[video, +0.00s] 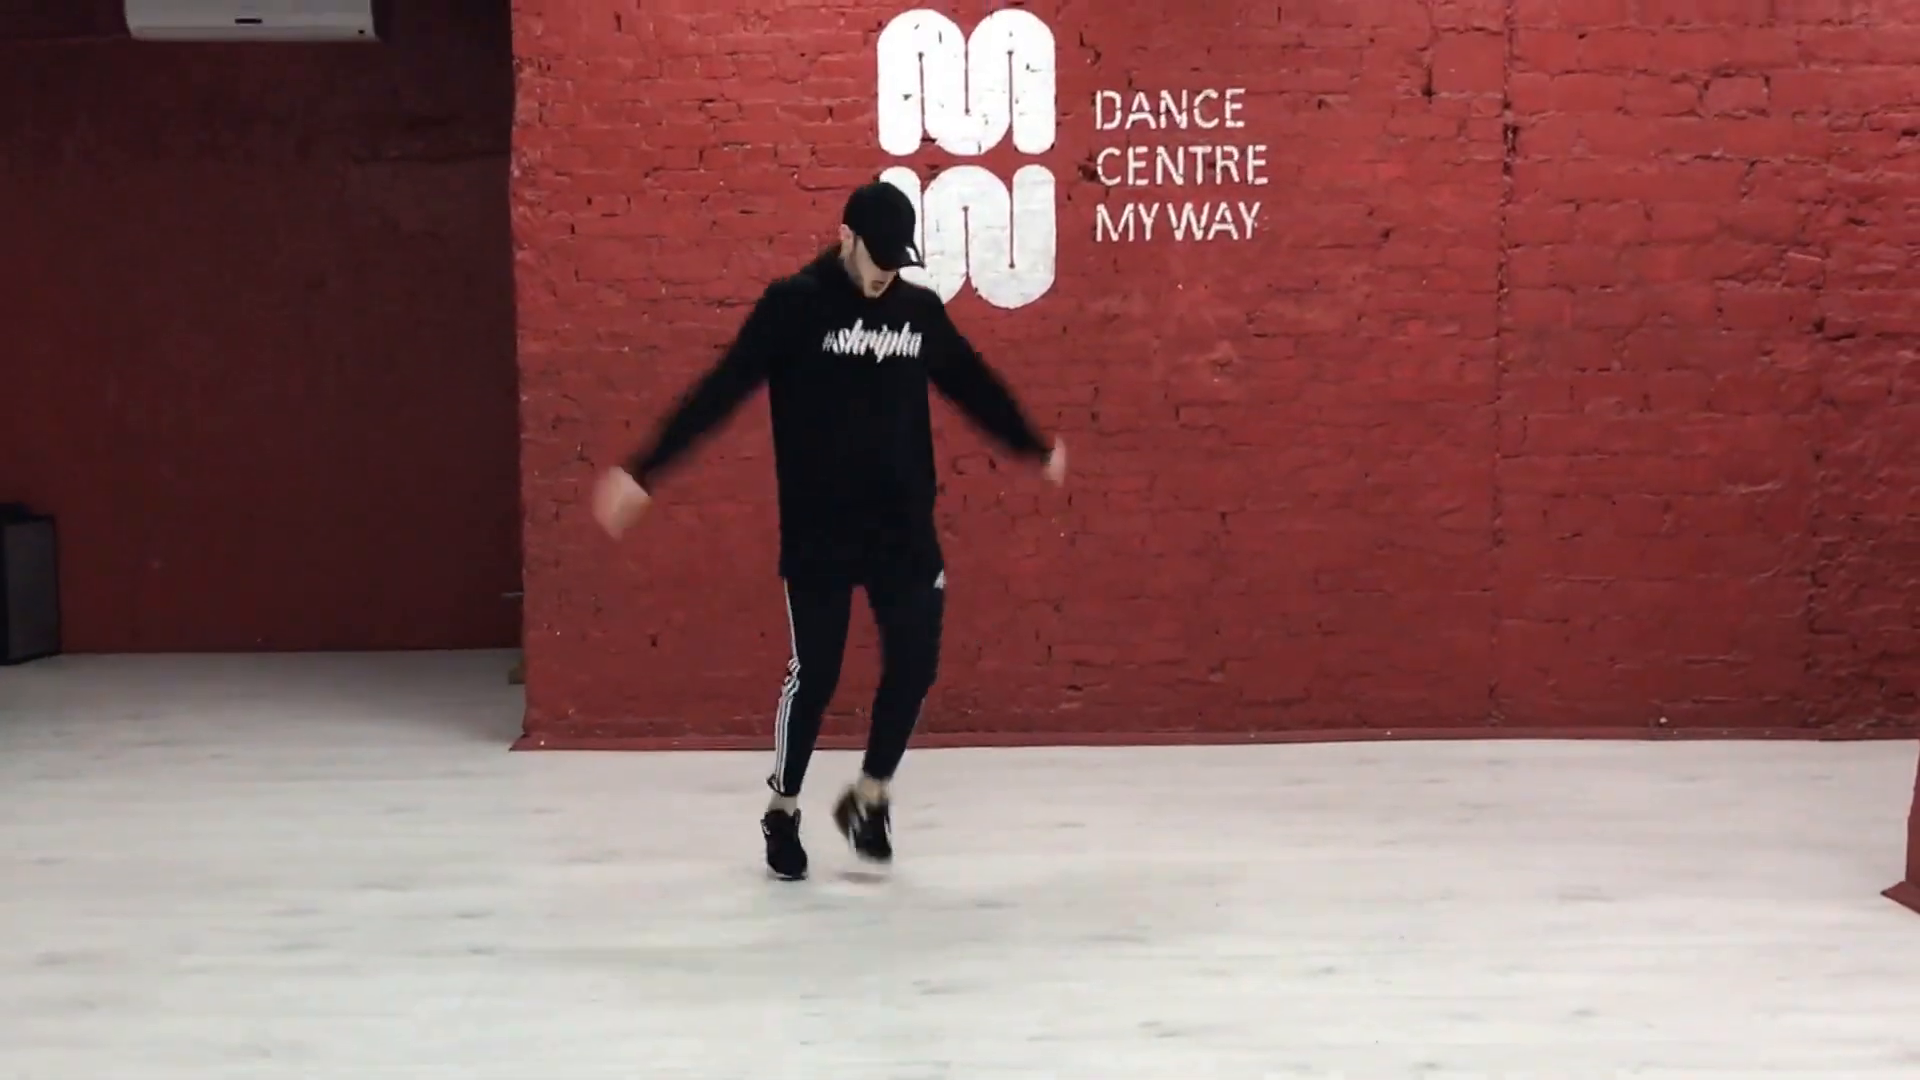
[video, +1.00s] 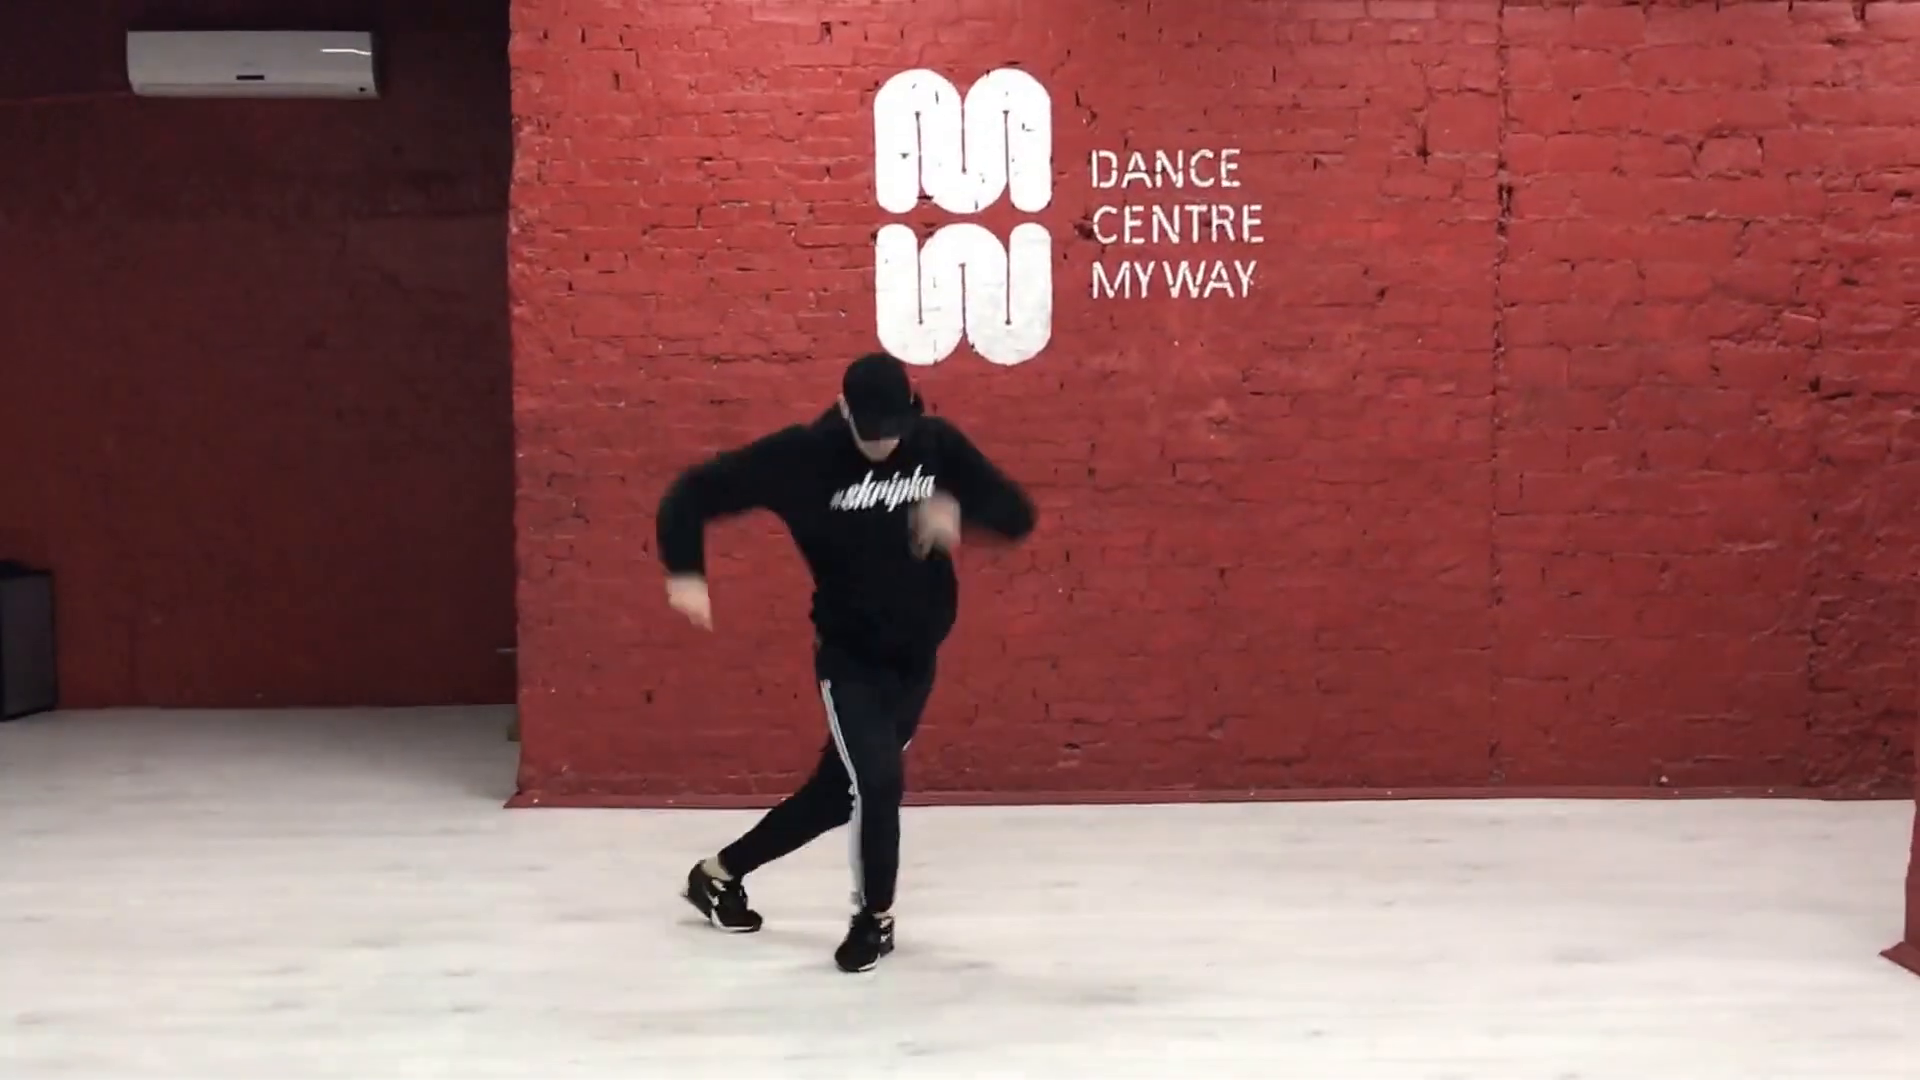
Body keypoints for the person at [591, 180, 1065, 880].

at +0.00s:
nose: (886, 275)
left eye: (897, 261)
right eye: (877, 258)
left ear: (909, 251)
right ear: (846, 238)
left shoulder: (917, 307)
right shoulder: (792, 306)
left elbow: (967, 378)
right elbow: (720, 390)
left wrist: (1030, 442)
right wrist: (644, 470)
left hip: (903, 522)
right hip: (817, 523)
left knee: (914, 663)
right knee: (815, 670)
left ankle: (870, 799)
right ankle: (783, 810)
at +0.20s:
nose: (906, 306)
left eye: (915, 293)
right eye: (895, 291)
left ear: (927, 280)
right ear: (864, 270)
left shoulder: (949, 313)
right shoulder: (809, 317)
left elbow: (1033, 297)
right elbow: (704, 320)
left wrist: (1119, 261)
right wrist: (581, 300)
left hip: (916, 529)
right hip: (837, 533)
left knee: (958, 666)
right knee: (874, 678)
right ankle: (830, 841)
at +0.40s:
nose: (916, 364)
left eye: (926, 353)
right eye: (908, 351)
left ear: (940, 335)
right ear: (877, 326)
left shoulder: (952, 364)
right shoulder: (826, 372)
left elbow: (1029, 356)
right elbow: (763, 391)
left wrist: (1107, 323)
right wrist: (689, 376)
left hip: (957, 580)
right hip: (870, 587)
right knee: (862, 736)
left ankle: (1037, 865)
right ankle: (888, 876)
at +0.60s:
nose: (947, 380)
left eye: (957, 368)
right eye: (938, 366)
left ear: (967, 351)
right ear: (907, 343)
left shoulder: (975, 386)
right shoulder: (854, 384)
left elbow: (1055, 392)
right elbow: (753, 446)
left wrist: (1135, 334)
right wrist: (767, 400)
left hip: (957, 602)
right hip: (879, 609)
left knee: (1031, 723)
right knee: (915, 746)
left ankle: (1064, 890)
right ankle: (846, 892)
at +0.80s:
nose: (927, 414)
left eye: (938, 404)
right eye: (916, 402)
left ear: (953, 386)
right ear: (893, 378)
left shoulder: (964, 413)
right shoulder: (858, 399)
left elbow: (1048, 461)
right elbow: (852, 468)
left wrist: (1064, 530)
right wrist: (946, 467)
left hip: (928, 621)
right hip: (844, 623)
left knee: (1008, 714)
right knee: (893, 757)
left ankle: (985, 861)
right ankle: (833, 916)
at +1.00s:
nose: (882, 448)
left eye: (892, 437)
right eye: (871, 438)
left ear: (909, 414)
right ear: (847, 415)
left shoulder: (935, 444)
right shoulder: (803, 455)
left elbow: (1018, 516)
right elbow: (690, 494)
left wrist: (961, 514)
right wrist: (684, 570)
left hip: (916, 652)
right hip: (846, 650)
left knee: (835, 796)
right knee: (879, 783)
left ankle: (720, 872)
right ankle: (874, 916)